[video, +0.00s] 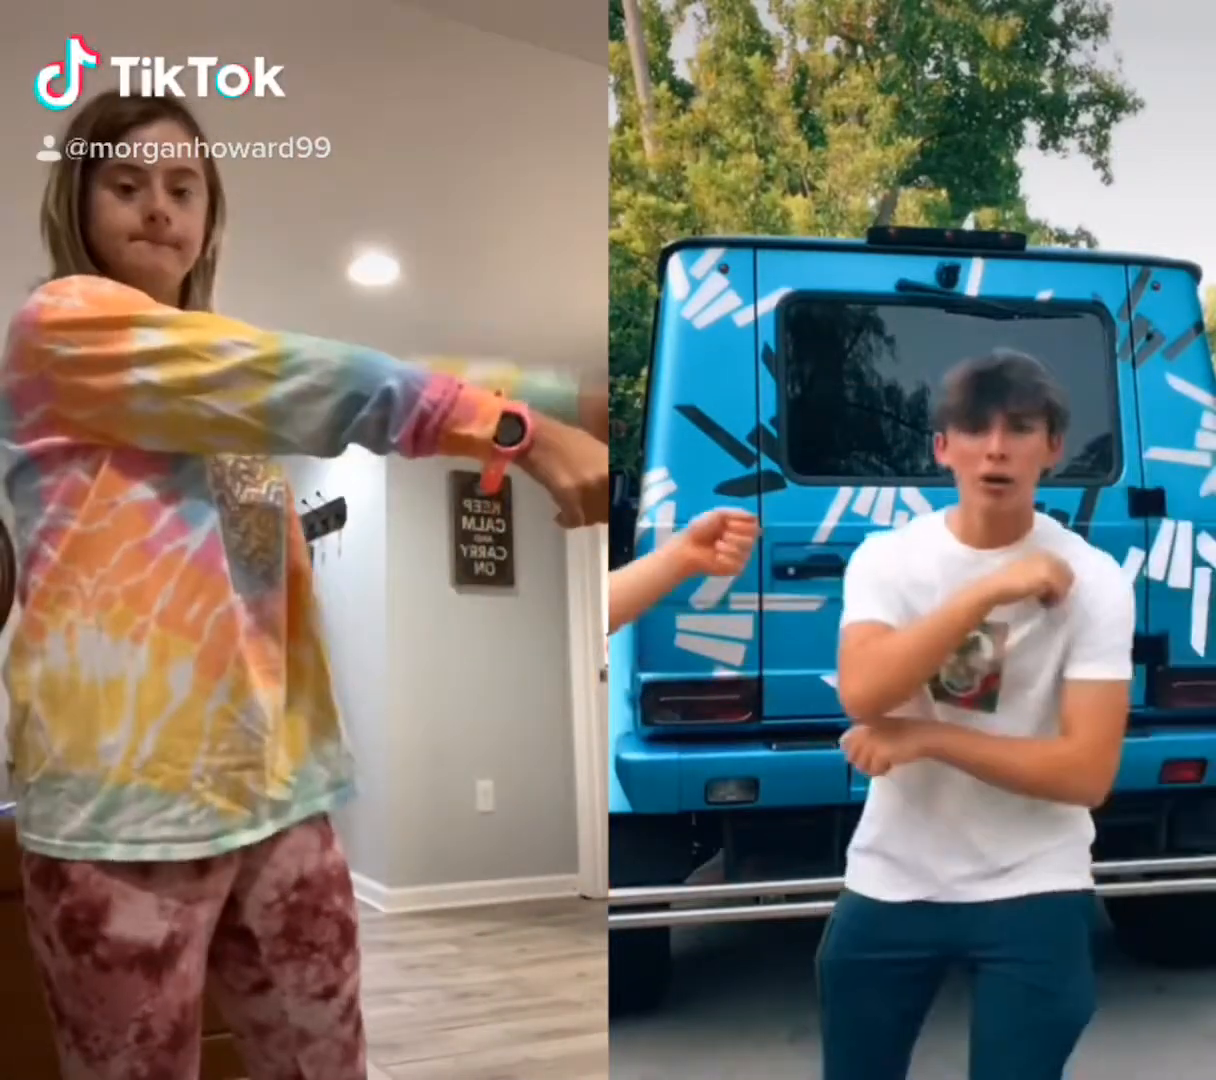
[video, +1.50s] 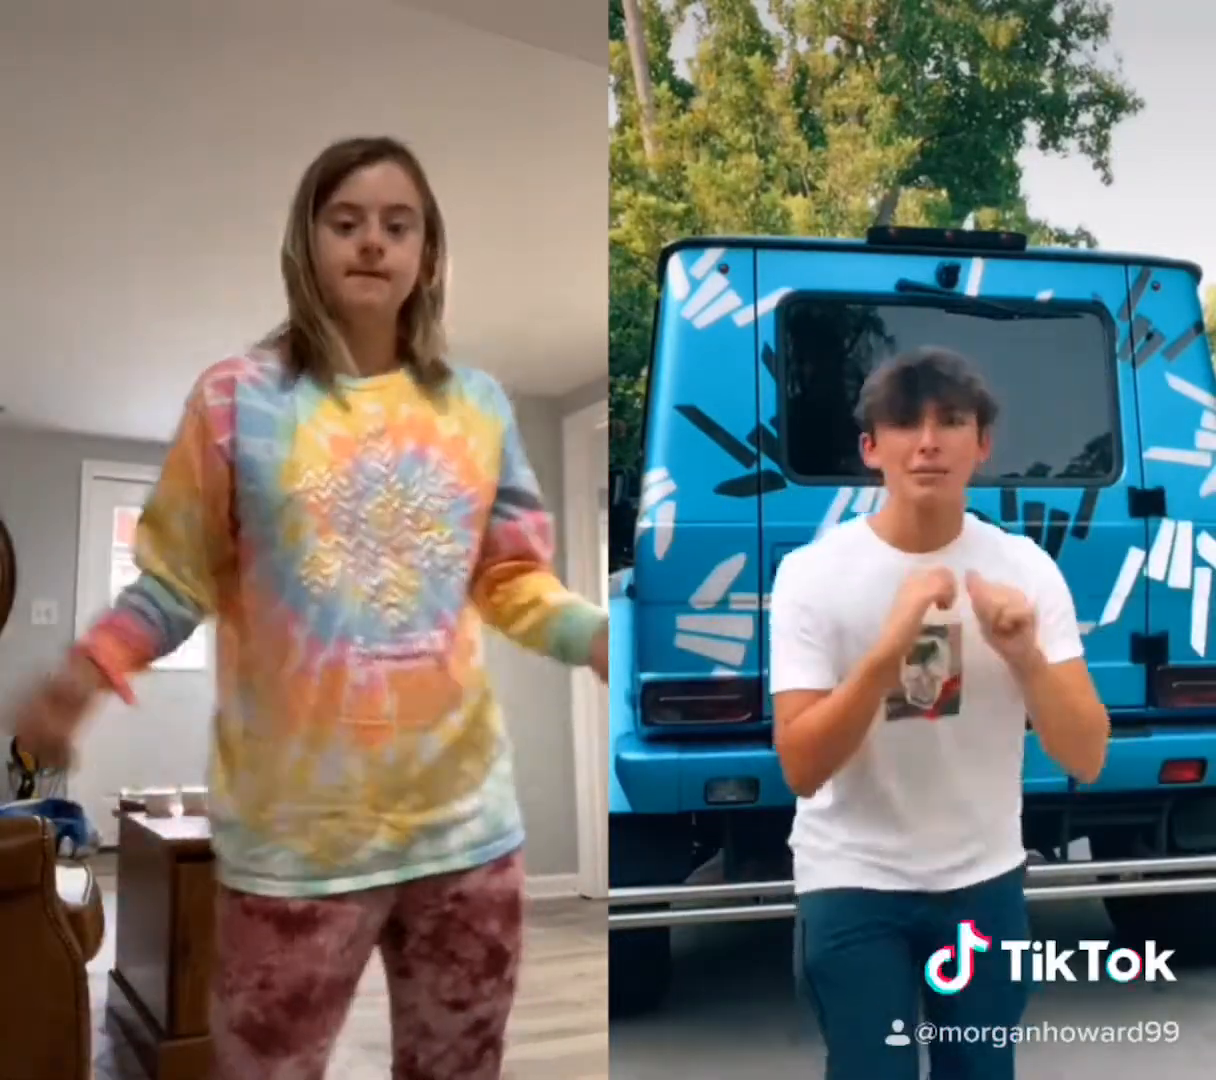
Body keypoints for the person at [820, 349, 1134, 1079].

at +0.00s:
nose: (996, 449)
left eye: (1018, 428)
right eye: (977, 429)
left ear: (1052, 449)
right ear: (945, 449)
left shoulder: (1095, 581)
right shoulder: (886, 560)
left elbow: (1088, 772)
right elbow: (863, 691)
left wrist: (930, 735)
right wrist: (987, 590)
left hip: (1034, 886)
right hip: (892, 880)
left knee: (1017, 1067)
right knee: (853, 1067)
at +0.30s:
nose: (846, 462)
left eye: (867, 444)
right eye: (850, 444)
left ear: (931, 467)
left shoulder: (1006, 585)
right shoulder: (814, 576)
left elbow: (1024, 750)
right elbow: (785, 739)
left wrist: (890, 798)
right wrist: (896, 743)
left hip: (970, 889)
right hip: (837, 889)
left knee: (962, 1069)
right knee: (834, 1068)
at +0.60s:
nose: (820, 430)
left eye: (839, 414)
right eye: (822, 414)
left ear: (902, 433)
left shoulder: (993, 533)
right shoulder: (795, 527)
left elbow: (1033, 636)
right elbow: (748, 623)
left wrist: (1090, 708)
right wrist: (637, 652)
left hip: (951, 818)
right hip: (832, 805)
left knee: (930, 1051)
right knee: (828, 995)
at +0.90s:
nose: (882, 467)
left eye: (901, 452)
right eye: (864, 450)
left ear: (924, 472)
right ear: (827, 468)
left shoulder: (962, 574)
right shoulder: (778, 583)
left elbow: (969, 719)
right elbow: (768, 735)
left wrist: (858, 622)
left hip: (944, 866)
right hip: (818, 877)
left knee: (963, 1063)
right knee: (832, 1066)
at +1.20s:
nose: (911, 441)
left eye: (931, 423)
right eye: (891, 422)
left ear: (960, 437)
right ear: (858, 438)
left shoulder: (999, 558)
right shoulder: (806, 551)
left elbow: (1027, 724)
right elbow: (810, 720)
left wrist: (928, 666)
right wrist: (938, 673)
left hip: (966, 854)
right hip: (838, 862)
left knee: (963, 1063)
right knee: (853, 1062)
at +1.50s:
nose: (928, 442)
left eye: (949, 422)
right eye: (907, 424)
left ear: (981, 446)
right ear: (872, 448)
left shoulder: (1025, 568)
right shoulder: (812, 575)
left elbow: (1086, 757)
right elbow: (802, 768)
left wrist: (1025, 655)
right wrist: (888, 652)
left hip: (985, 878)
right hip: (854, 883)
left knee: (982, 1068)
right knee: (876, 1067)